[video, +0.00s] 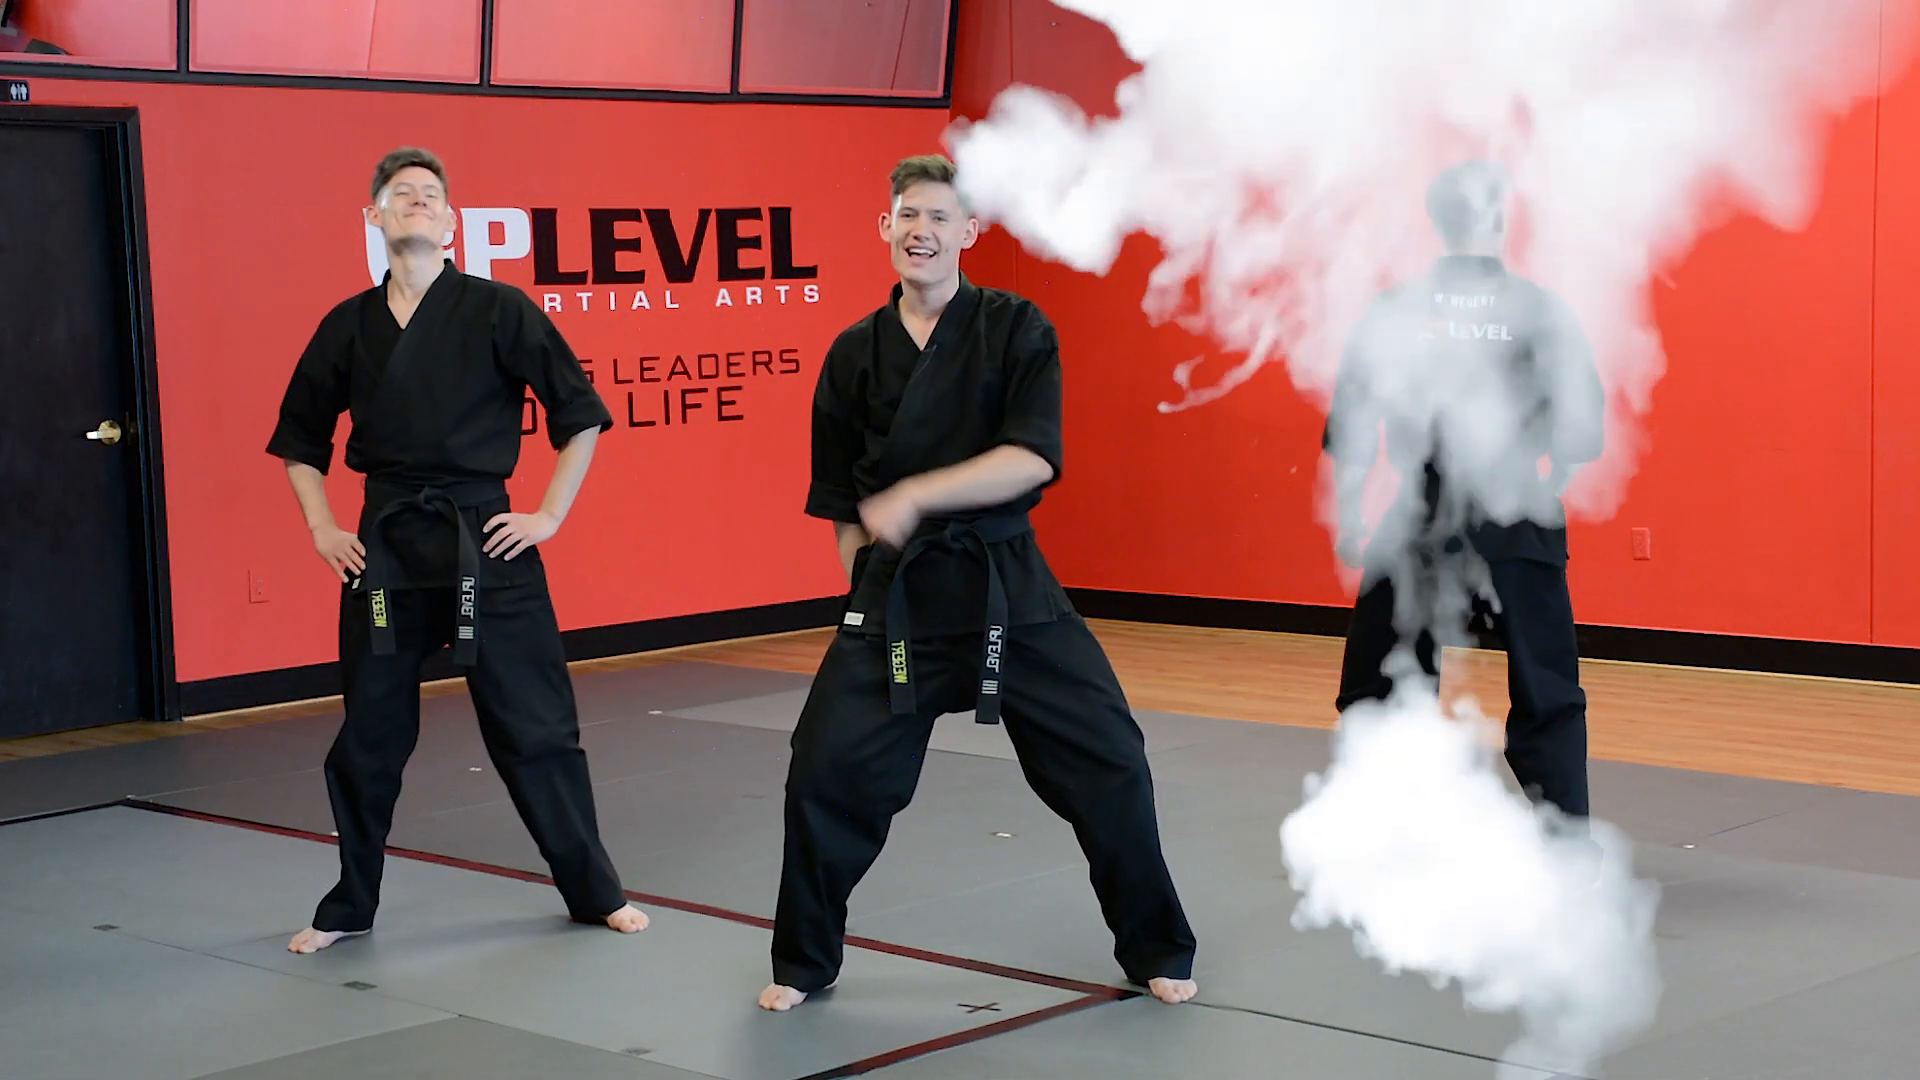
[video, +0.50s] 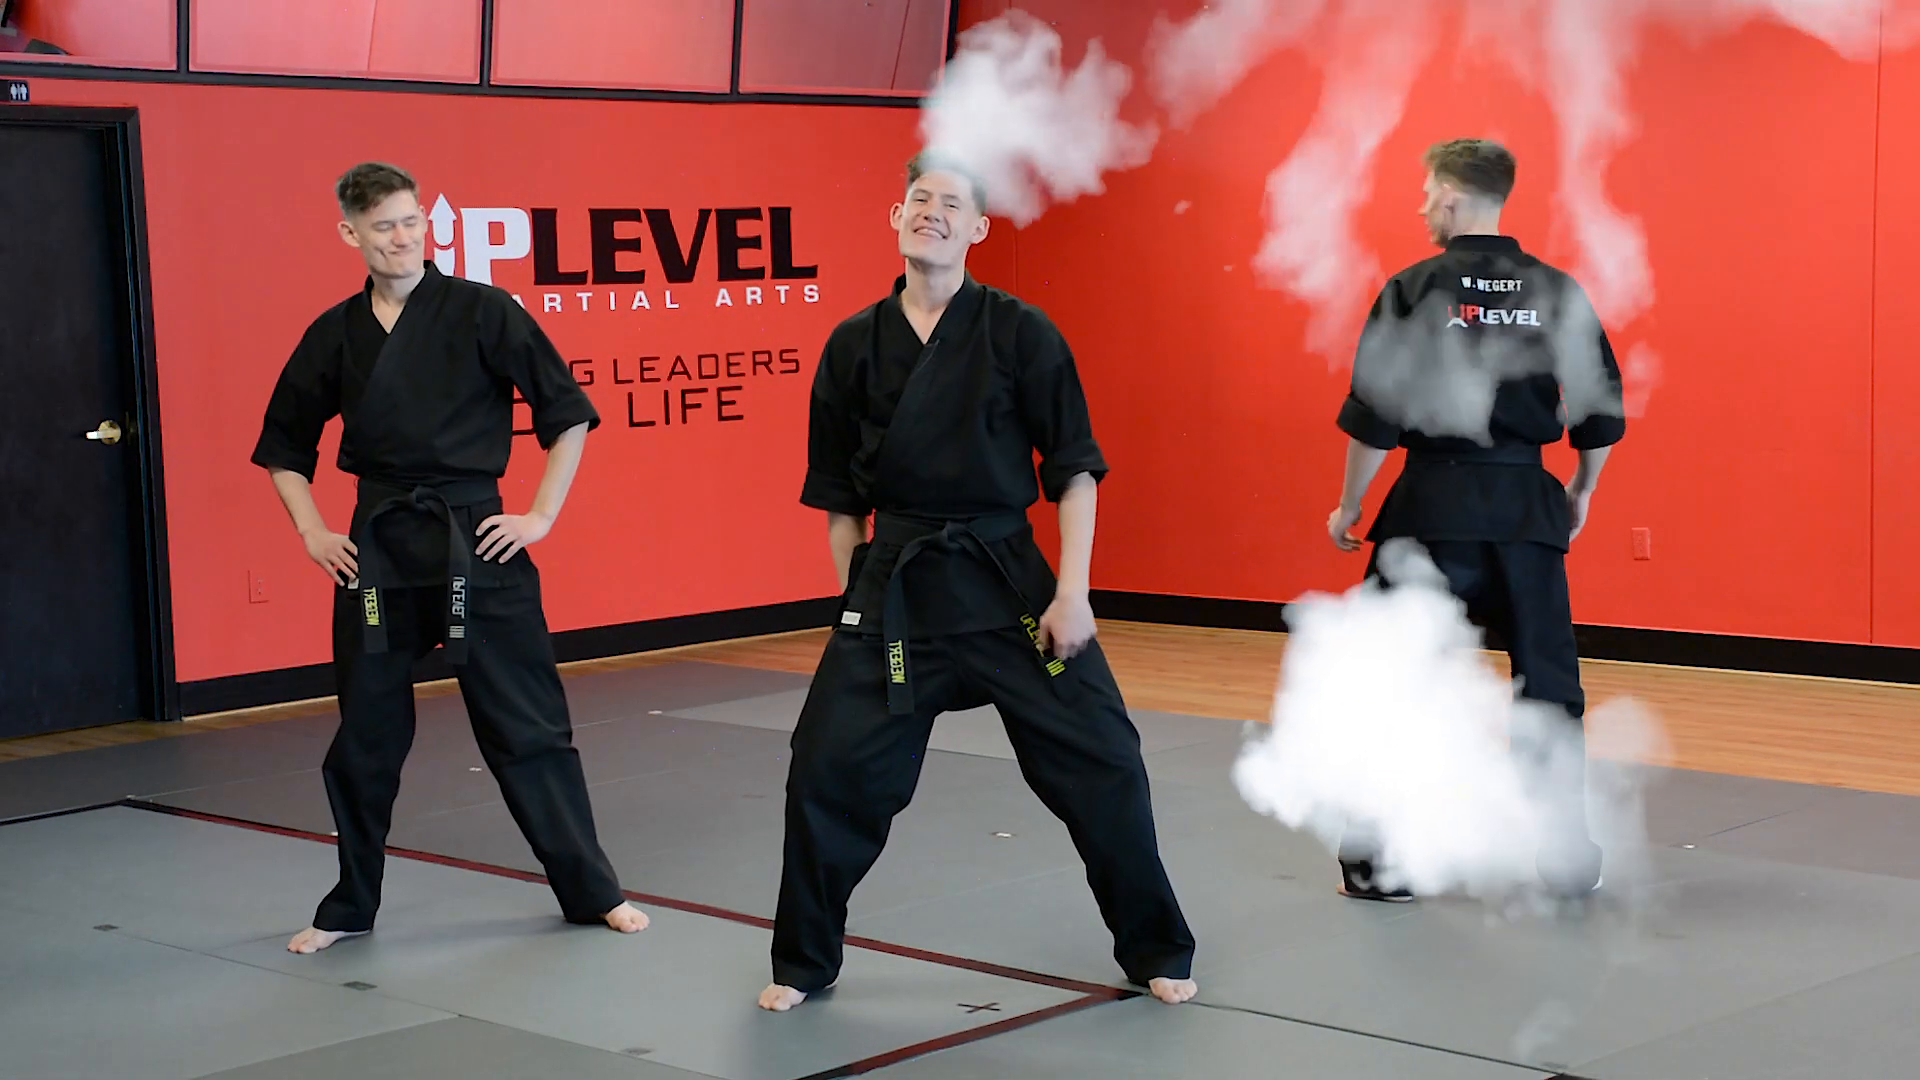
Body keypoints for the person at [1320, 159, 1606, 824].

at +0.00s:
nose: (1488, 222)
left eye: (1478, 210)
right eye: (1491, 210)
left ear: (1436, 219)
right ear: (1503, 218)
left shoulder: (1390, 313)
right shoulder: (1543, 312)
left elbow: (1349, 435)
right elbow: (1580, 439)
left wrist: (1348, 527)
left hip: (1417, 534)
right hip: (1519, 539)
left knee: (1378, 693)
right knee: (1548, 702)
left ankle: (1376, 854)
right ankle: (1561, 866)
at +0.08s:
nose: (1498, 217)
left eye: (1491, 208)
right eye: (1499, 206)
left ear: (1436, 212)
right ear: (1502, 210)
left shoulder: (1391, 305)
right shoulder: (1545, 306)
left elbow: (1353, 423)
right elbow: (1582, 429)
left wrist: (1349, 516)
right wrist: (1551, 486)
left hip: (1420, 519)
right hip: (1522, 523)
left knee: (1379, 687)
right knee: (1549, 694)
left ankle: (1372, 842)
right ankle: (1552, 858)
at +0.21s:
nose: (1484, 208)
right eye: (1494, 196)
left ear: (1436, 204)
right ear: (1503, 204)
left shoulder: (1393, 299)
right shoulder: (1547, 301)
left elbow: (1356, 419)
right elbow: (1587, 422)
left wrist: (1350, 511)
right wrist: (1560, 487)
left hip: (1419, 519)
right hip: (1521, 522)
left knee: (1378, 686)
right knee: (1550, 691)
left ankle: (1370, 840)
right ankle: (1553, 854)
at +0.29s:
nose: (1428, 212)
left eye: (1430, 201)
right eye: (1429, 202)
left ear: (1438, 204)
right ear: (1502, 202)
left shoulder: (1394, 298)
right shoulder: (1551, 299)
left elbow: (1358, 418)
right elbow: (1590, 421)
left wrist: (1349, 509)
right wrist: (1565, 493)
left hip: (1419, 518)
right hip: (1521, 522)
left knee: (1378, 691)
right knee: (1550, 693)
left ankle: (1372, 837)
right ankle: (1558, 854)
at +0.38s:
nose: (1420, 210)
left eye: (1426, 196)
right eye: (1424, 195)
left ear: (1445, 200)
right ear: (1498, 204)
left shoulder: (1404, 291)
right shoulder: (1554, 293)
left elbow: (1363, 414)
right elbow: (1594, 411)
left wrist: (1348, 505)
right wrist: (1575, 497)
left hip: (1425, 518)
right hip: (1526, 522)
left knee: (1383, 683)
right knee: (1551, 693)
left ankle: (1375, 848)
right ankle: (1555, 855)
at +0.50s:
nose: (1422, 204)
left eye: (1427, 191)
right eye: (1426, 189)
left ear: (1444, 195)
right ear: (1502, 198)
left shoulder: (1412, 290)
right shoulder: (1558, 291)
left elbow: (1376, 410)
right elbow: (1600, 408)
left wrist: (1350, 501)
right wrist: (1581, 494)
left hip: (1429, 512)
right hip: (1529, 518)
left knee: (1390, 680)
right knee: (1549, 683)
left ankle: (1379, 853)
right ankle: (1564, 856)